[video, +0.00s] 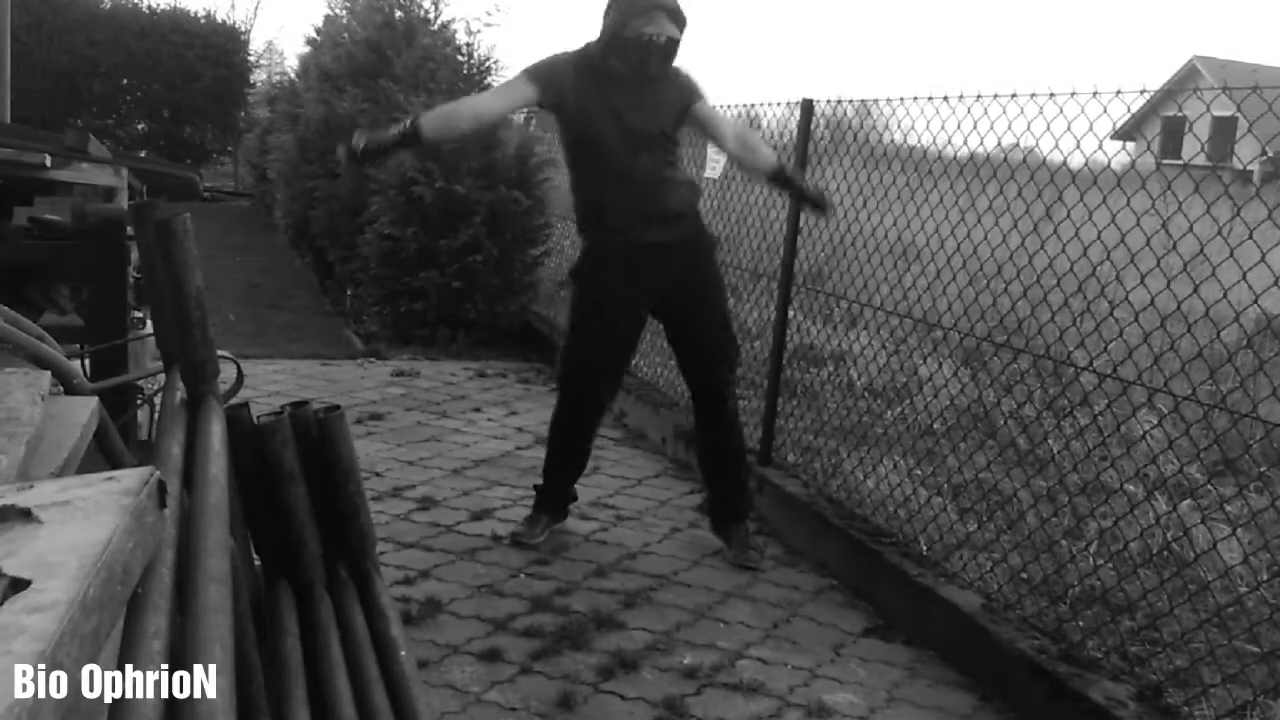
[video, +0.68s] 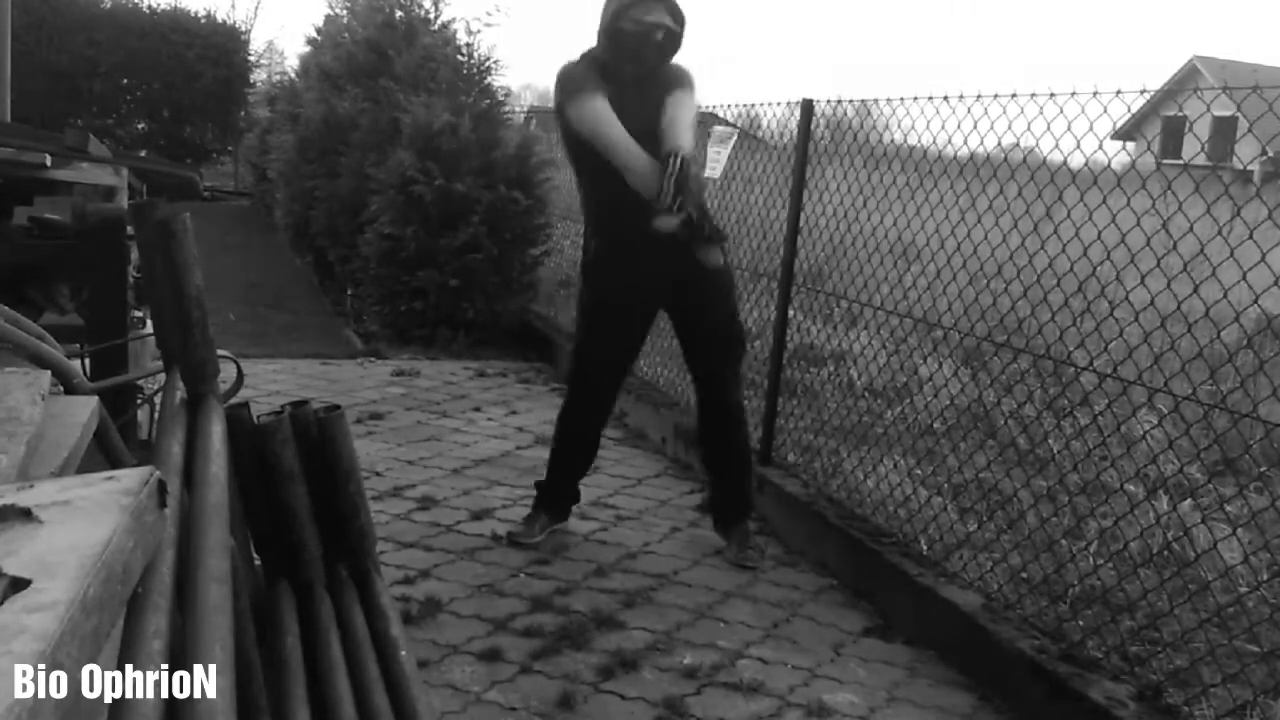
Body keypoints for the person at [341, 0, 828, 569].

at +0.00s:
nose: (658, 50)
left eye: (668, 39)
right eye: (648, 35)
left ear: (673, 38)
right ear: (618, 25)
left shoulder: (676, 87)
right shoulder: (563, 74)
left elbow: (735, 140)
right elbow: (481, 109)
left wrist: (788, 177)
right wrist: (401, 134)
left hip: (687, 258)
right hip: (612, 261)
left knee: (714, 388)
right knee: (582, 393)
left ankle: (733, 519)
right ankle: (548, 510)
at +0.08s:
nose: (639, 46)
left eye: (652, 37)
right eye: (627, 36)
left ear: (674, 33)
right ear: (609, 29)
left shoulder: (696, 71)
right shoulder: (593, 66)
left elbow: (699, 127)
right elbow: (530, 98)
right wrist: (465, 114)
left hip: (682, 255)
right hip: (607, 251)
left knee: (713, 385)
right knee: (572, 379)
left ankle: (730, 520)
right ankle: (549, 503)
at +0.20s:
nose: (644, 53)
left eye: (656, 41)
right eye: (633, 42)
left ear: (686, 37)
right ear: (622, 41)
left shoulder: (726, 82)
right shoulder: (617, 81)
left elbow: (652, 106)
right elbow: (605, 170)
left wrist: (574, 101)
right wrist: (564, 145)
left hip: (676, 263)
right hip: (603, 254)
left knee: (701, 394)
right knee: (572, 382)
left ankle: (725, 523)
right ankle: (547, 502)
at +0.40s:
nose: (664, 54)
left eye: (676, 42)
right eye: (652, 44)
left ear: (702, 39)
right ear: (642, 43)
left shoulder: (739, 89)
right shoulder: (633, 87)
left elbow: (705, 147)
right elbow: (618, 176)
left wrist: (635, 112)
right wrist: (614, 129)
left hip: (676, 266)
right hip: (608, 253)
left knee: (695, 399)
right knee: (568, 380)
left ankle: (723, 525)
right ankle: (547, 500)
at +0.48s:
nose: (663, 24)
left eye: (675, 15)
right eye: (650, 16)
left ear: (694, 23)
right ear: (633, 25)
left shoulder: (721, 68)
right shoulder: (615, 70)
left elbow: (751, 109)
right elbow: (582, 104)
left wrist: (692, 114)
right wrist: (623, 66)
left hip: (686, 256)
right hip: (611, 250)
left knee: (708, 392)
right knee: (574, 378)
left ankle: (728, 524)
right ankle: (549, 501)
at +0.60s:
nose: (660, 25)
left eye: (673, 17)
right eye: (649, 13)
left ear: (687, 22)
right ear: (625, 12)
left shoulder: (697, 60)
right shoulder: (596, 52)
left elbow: (719, 112)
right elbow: (595, 93)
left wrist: (707, 171)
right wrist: (662, 110)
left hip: (691, 251)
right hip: (615, 248)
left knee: (712, 386)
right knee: (579, 380)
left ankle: (733, 519)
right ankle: (550, 504)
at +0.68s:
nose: (647, 40)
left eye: (661, 31)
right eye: (635, 25)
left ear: (673, 38)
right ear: (610, 24)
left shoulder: (676, 80)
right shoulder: (578, 80)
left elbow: (680, 134)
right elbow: (625, 154)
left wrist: (689, 185)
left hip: (691, 254)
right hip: (620, 258)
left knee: (721, 388)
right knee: (591, 387)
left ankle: (734, 518)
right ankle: (551, 507)